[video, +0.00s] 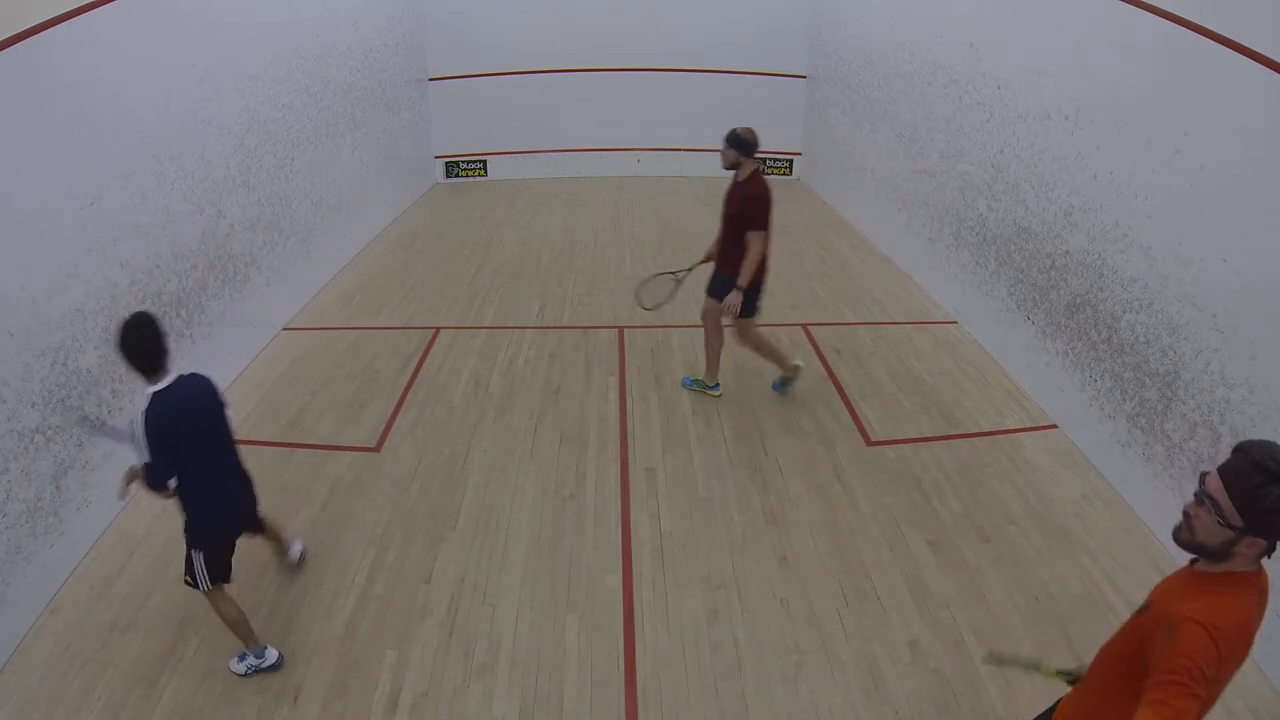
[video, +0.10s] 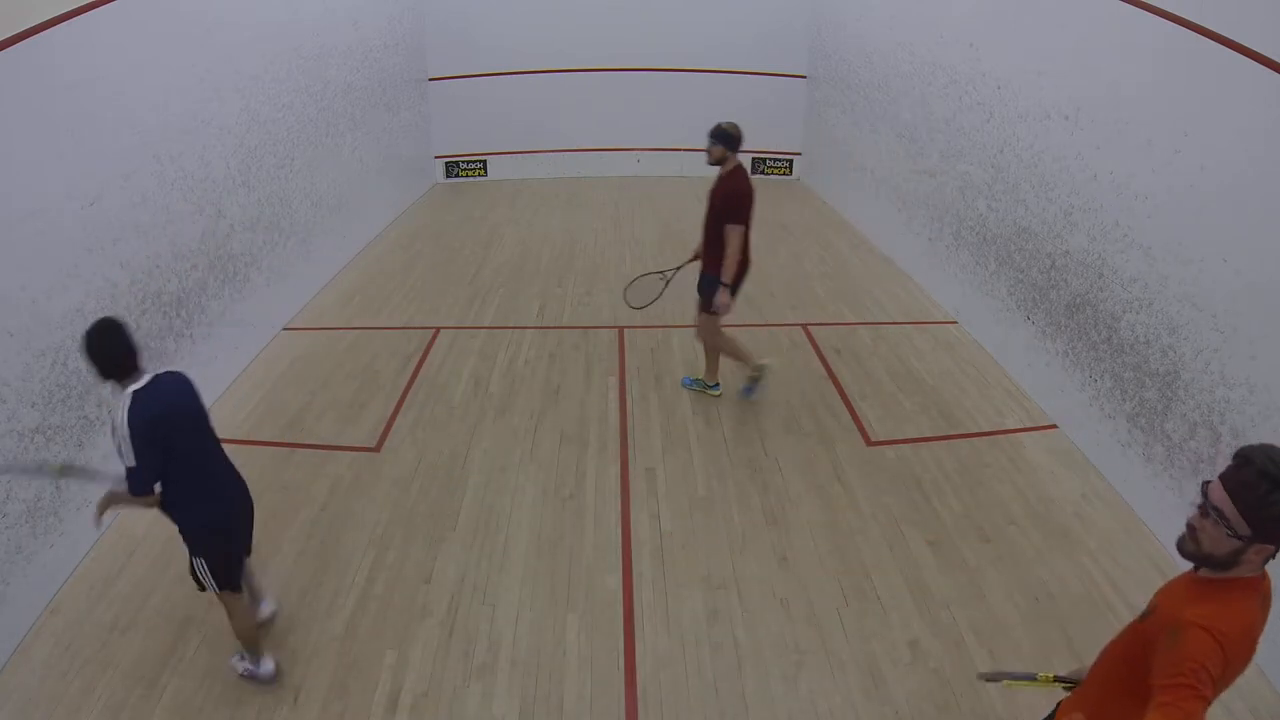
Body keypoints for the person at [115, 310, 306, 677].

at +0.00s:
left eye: (133, 353)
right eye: (159, 343)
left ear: (131, 363)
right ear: (166, 347)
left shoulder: (154, 415)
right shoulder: (200, 384)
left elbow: (163, 487)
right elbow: (221, 435)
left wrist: (140, 473)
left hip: (206, 512)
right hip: (238, 486)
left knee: (210, 586)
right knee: (252, 522)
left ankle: (259, 653)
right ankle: (290, 549)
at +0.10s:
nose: (101, 367)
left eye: (98, 362)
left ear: (100, 370)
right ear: (135, 348)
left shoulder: (130, 416)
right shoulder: (176, 381)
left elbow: (143, 488)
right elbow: (198, 444)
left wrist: (112, 497)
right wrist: (160, 490)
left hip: (203, 517)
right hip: (233, 490)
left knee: (230, 593)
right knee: (236, 555)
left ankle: (258, 662)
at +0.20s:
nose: (80, 408)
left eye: (77, 400)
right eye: (77, 399)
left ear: (85, 401)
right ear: (114, 376)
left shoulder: (124, 445)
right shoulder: (157, 402)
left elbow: (144, 524)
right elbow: (173, 479)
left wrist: (109, 532)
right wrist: (119, 523)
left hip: (208, 545)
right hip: (233, 515)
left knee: (234, 631)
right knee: (213, 599)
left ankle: (291, 705)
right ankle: (231, 657)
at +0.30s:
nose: (80, 460)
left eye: (76, 451)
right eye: (74, 453)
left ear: (90, 446)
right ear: (110, 424)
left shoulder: (138, 486)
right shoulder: (151, 447)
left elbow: (157, 567)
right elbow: (154, 541)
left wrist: (117, 586)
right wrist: (120, 581)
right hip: (225, 548)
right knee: (195, 614)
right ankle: (253, 654)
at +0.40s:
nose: (80, 500)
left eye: (77, 491)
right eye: (75, 492)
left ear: (90, 484)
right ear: (112, 462)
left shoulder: (145, 519)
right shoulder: (151, 485)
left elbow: (161, 603)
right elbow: (155, 577)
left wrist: (126, 642)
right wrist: (119, 623)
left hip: (240, 608)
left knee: (260, 708)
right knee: (199, 636)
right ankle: (243, 662)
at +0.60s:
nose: (87, 543)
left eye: (82, 533)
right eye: (82, 535)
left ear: (94, 527)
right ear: (123, 500)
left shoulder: (141, 554)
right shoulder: (160, 529)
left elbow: (147, 653)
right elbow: (148, 628)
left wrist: (117, 712)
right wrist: (89, 649)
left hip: (273, 650)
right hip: (281, 623)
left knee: (288, 714)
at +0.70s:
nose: (101, 560)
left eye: (96, 552)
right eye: (96, 553)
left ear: (105, 550)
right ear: (136, 520)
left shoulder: (151, 569)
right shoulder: (164, 546)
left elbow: (169, 656)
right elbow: (170, 643)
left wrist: (173, 710)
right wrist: (114, 635)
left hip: (294, 666)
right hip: (303, 628)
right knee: (315, 702)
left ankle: (342, 713)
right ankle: (343, 711)